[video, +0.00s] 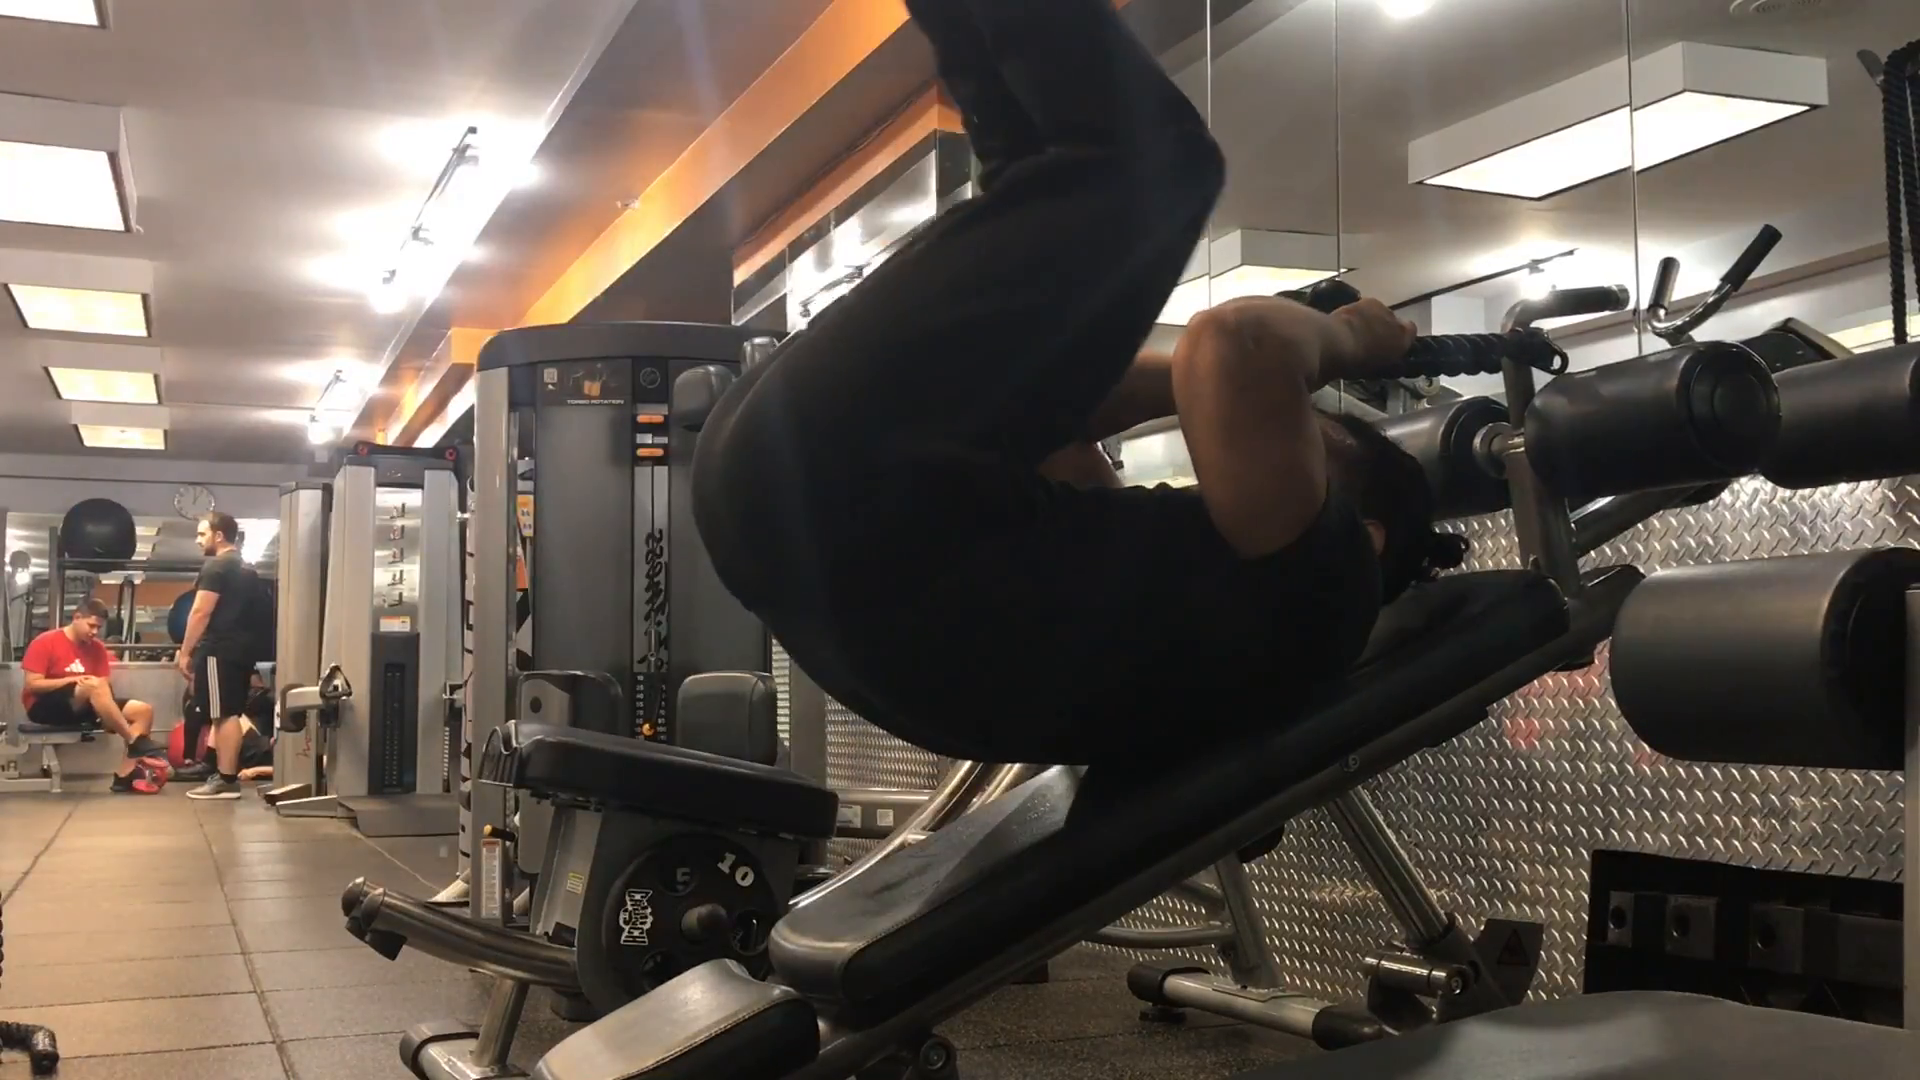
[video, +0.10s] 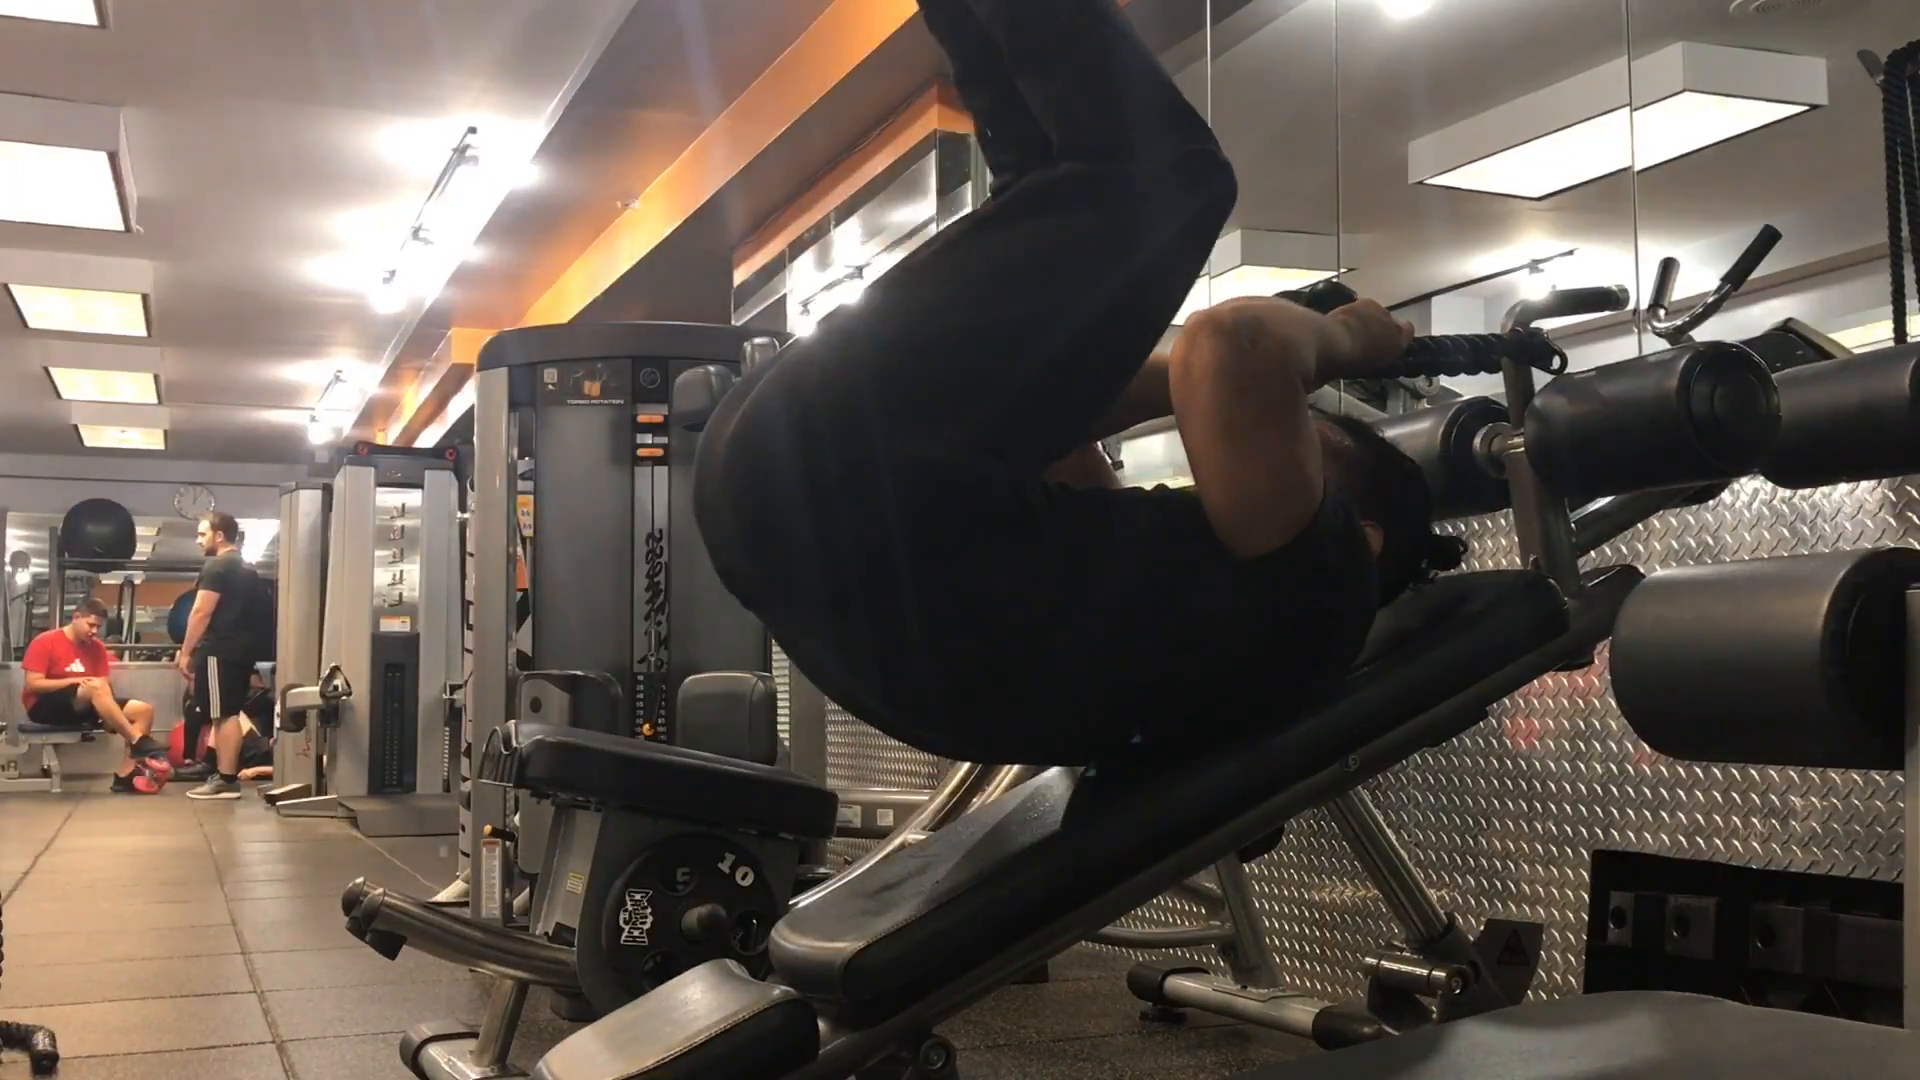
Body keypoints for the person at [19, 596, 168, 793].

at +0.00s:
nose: (94, 632)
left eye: (98, 628)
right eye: (91, 626)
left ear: (102, 627)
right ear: (76, 618)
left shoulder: (97, 649)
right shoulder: (45, 642)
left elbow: (104, 686)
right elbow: (32, 684)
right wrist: (74, 680)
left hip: (84, 707)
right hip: (45, 708)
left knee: (143, 711)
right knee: (97, 685)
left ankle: (124, 775)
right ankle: (133, 741)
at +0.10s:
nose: (94, 632)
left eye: (98, 627)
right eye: (91, 625)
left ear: (101, 626)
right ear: (75, 617)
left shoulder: (97, 648)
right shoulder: (45, 642)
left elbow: (103, 685)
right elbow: (33, 684)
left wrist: (108, 718)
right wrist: (75, 681)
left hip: (84, 706)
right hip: (45, 707)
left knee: (144, 711)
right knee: (97, 686)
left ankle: (125, 775)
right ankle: (136, 740)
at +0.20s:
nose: (94, 631)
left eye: (98, 627)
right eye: (91, 625)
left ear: (101, 626)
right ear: (75, 617)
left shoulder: (96, 648)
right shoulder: (45, 642)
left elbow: (102, 685)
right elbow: (34, 684)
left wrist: (108, 717)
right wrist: (79, 683)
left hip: (85, 707)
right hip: (45, 707)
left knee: (144, 711)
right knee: (97, 690)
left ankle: (125, 774)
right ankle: (138, 742)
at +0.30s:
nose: (95, 631)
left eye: (99, 627)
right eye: (91, 625)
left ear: (102, 626)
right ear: (76, 617)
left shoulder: (96, 648)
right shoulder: (46, 641)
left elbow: (103, 685)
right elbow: (34, 684)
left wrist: (109, 710)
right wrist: (79, 685)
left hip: (85, 707)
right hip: (45, 707)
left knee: (144, 711)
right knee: (97, 694)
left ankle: (124, 774)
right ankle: (136, 745)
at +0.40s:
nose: (95, 631)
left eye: (99, 627)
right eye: (92, 625)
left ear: (103, 626)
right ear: (77, 616)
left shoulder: (97, 648)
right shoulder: (46, 642)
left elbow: (102, 683)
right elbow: (35, 683)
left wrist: (108, 701)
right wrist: (79, 687)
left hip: (86, 707)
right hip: (45, 706)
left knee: (144, 711)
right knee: (96, 696)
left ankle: (124, 775)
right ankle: (132, 748)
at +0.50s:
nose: (95, 632)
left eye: (99, 628)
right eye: (92, 625)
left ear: (102, 627)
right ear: (77, 616)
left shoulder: (98, 648)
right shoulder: (46, 641)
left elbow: (103, 684)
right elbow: (35, 683)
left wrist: (110, 704)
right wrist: (76, 689)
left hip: (84, 706)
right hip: (46, 705)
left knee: (144, 712)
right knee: (94, 701)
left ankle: (123, 776)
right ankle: (125, 757)